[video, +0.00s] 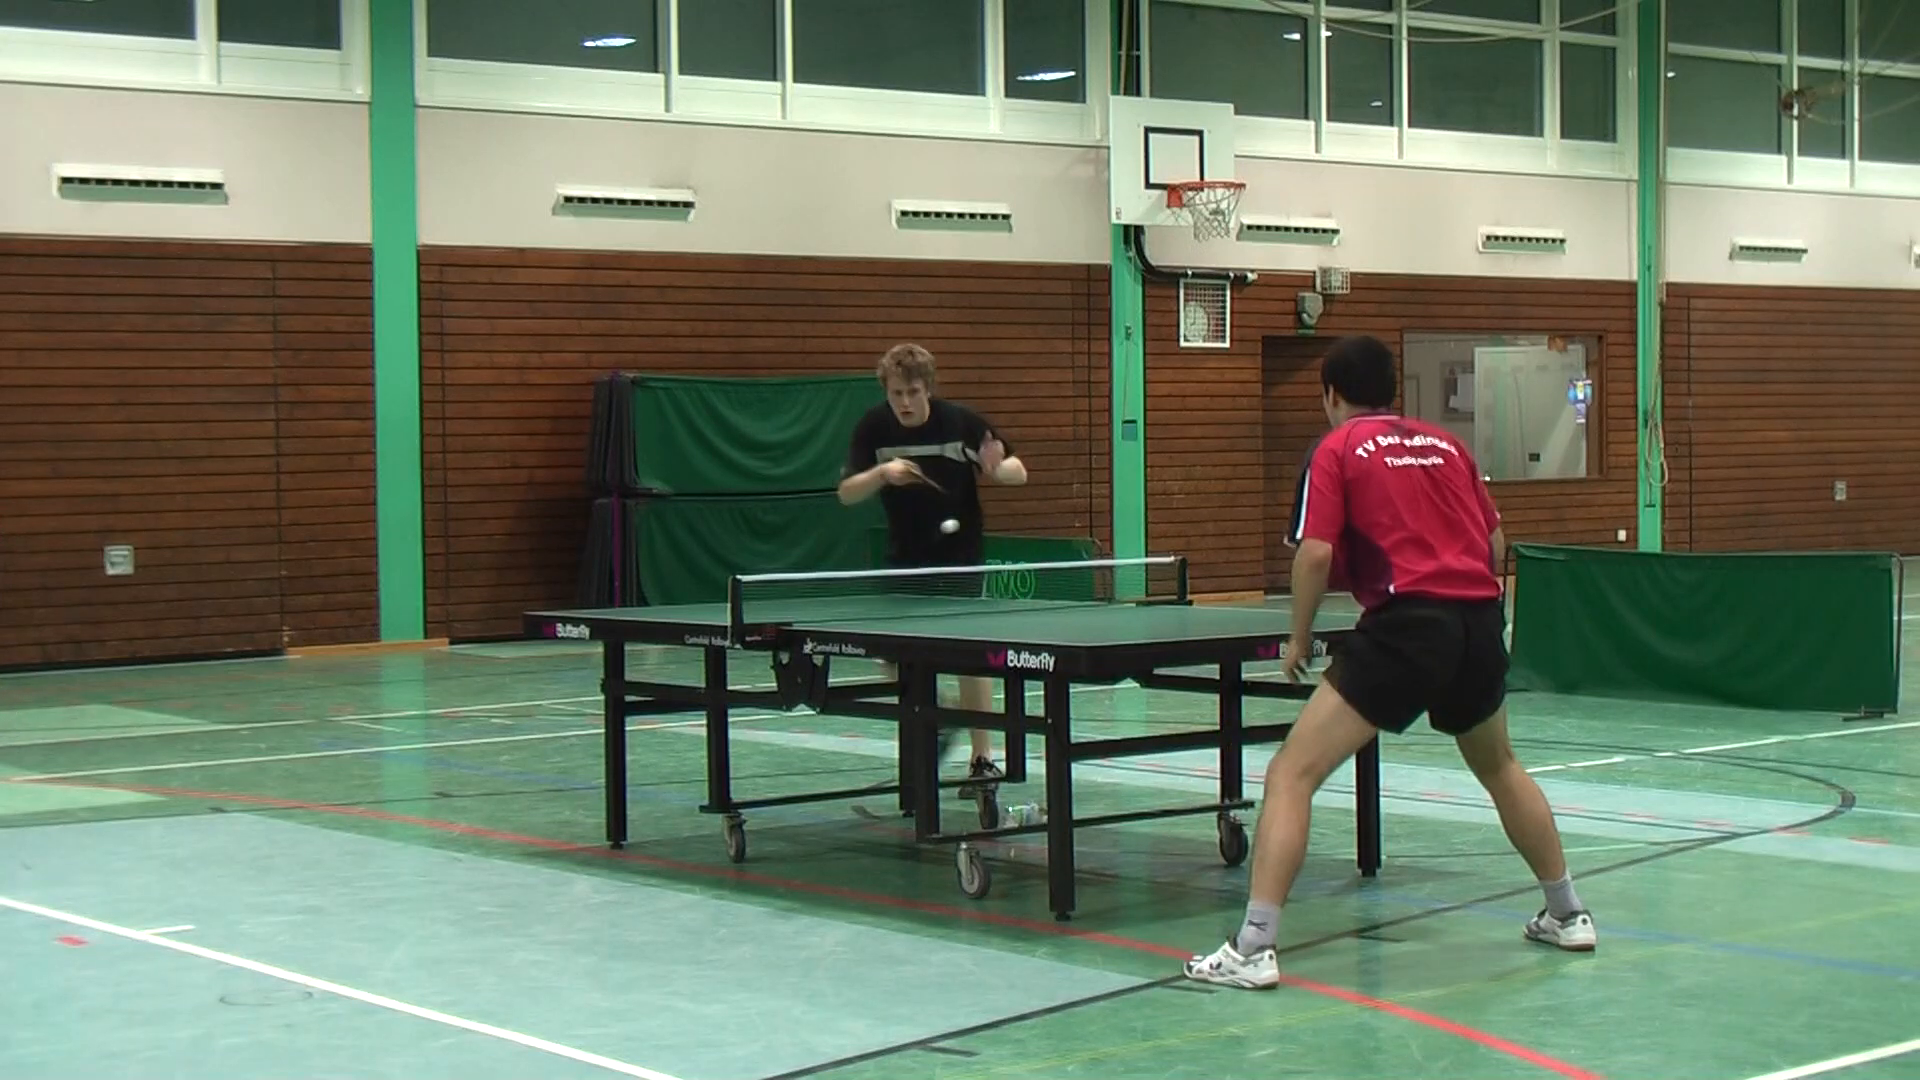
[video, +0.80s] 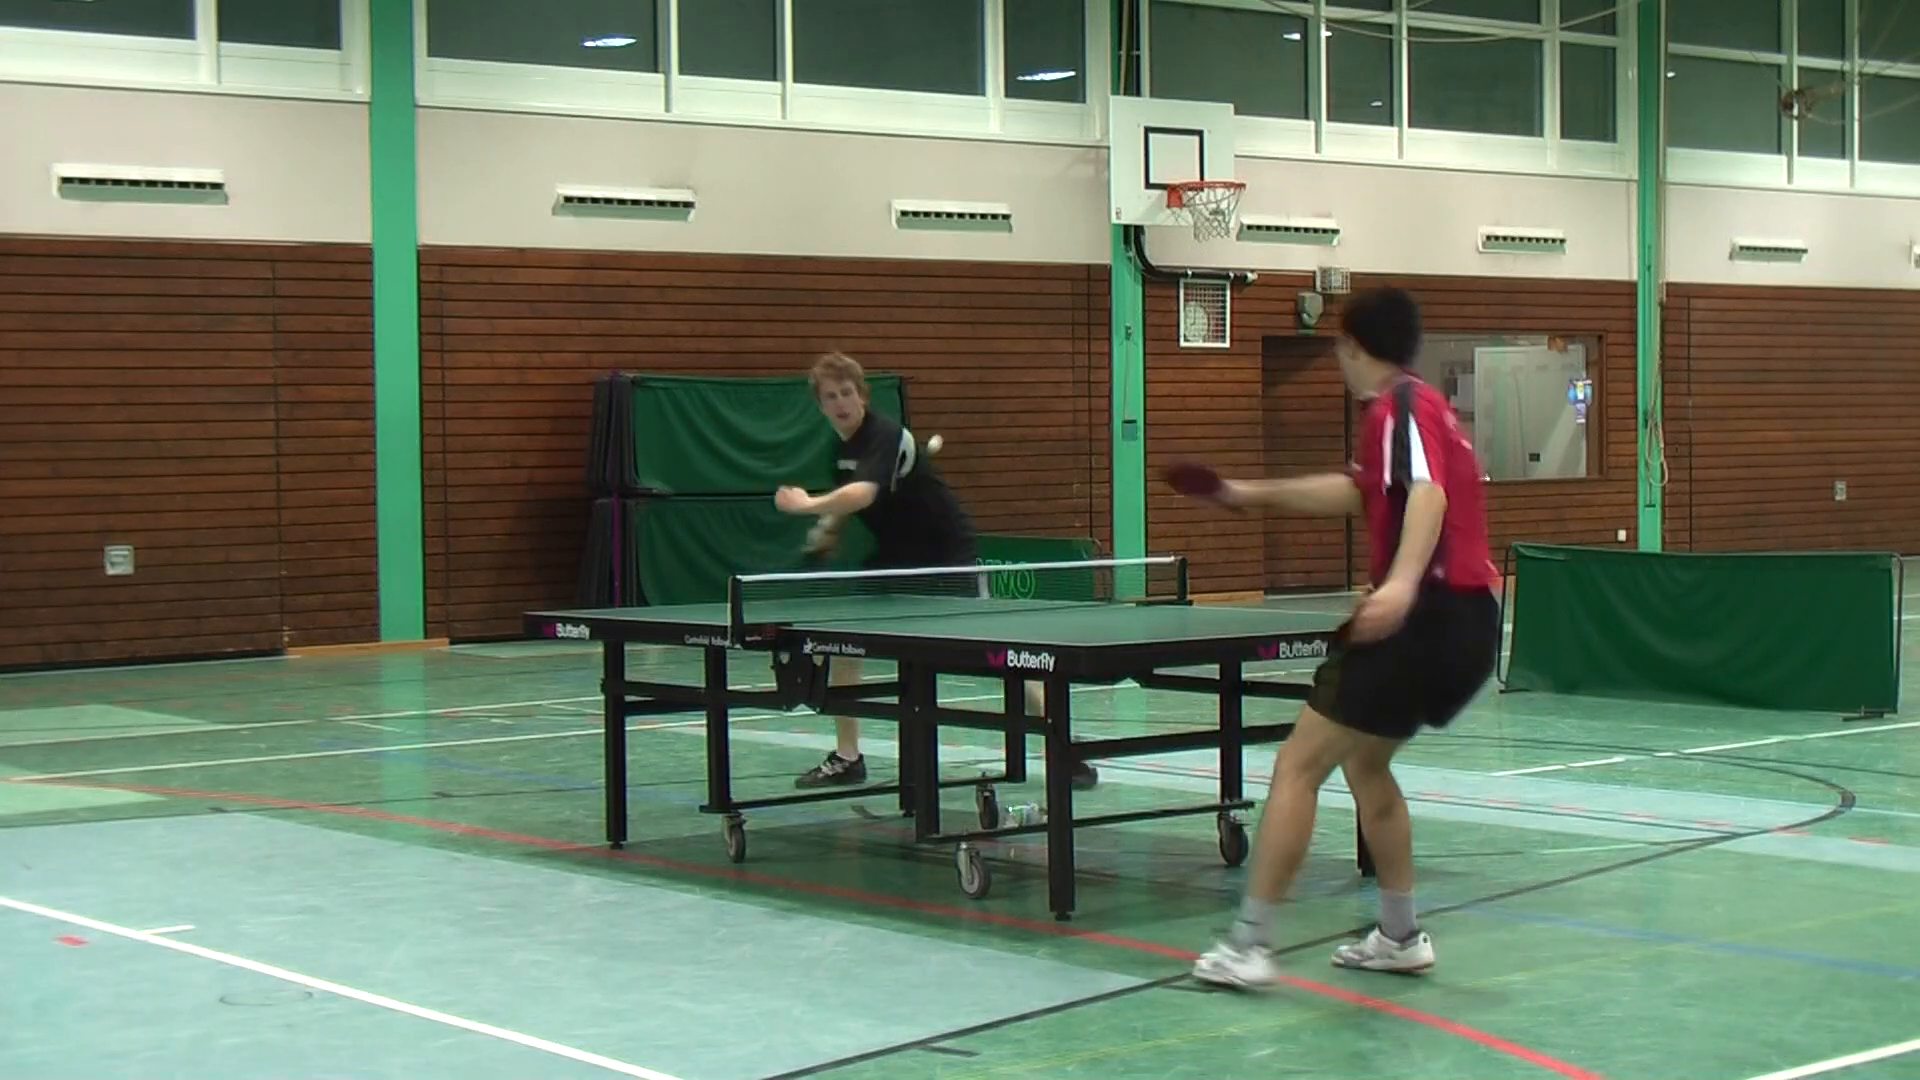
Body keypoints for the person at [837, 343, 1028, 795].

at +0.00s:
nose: (905, 403)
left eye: (913, 393)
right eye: (896, 394)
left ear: (929, 388)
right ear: (886, 391)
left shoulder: (961, 421)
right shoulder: (873, 428)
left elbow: (1019, 473)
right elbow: (846, 494)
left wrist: (997, 468)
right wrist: (881, 473)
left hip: (962, 563)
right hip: (904, 565)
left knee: (972, 657)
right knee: (891, 656)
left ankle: (982, 759)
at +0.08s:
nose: (896, 400)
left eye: (904, 389)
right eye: (886, 391)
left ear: (918, 387)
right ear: (874, 390)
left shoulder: (948, 424)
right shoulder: (860, 428)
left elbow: (1001, 468)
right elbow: (827, 491)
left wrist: (1005, 477)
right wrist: (860, 477)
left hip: (949, 561)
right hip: (888, 562)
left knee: (964, 659)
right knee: (848, 640)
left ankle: (981, 760)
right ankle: (880, 716)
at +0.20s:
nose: (870, 389)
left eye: (877, 380)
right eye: (861, 381)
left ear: (891, 379)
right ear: (847, 382)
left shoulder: (921, 420)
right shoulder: (832, 428)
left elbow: (972, 462)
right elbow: (803, 493)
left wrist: (976, 506)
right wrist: (829, 487)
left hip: (921, 563)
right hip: (856, 563)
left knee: (952, 654)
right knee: (800, 634)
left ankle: (978, 758)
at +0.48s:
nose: (823, 382)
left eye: (830, 374)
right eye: (814, 376)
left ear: (844, 378)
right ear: (801, 383)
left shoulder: (876, 425)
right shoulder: (786, 438)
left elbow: (941, 450)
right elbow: (758, 495)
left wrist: (925, 498)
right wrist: (776, 513)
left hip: (878, 575)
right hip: (809, 578)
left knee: (933, 650)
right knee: (769, 659)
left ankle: (954, 750)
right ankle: (744, 754)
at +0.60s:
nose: (817, 369)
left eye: (824, 360)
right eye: (808, 363)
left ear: (840, 363)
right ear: (797, 371)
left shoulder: (878, 405)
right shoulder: (792, 426)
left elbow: (942, 428)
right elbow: (773, 476)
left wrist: (894, 477)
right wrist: (771, 507)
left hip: (903, 559)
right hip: (834, 563)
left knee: (941, 650)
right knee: (798, 649)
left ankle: (977, 742)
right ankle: (776, 747)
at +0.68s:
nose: (822, 379)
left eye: (829, 369)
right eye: (812, 372)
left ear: (843, 371)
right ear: (800, 380)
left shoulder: (880, 413)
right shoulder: (804, 432)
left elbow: (920, 456)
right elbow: (791, 485)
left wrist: (859, 494)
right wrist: (774, 522)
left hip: (914, 541)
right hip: (858, 546)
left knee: (940, 637)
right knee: (824, 640)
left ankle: (1012, 719)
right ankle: (836, 742)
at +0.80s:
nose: (841, 404)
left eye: (848, 392)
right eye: (831, 397)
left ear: (863, 394)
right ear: (820, 404)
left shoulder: (886, 434)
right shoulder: (841, 445)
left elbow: (863, 492)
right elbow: (847, 494)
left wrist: (808, 503)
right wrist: (830, 526)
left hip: (948, 557)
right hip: (893, 559)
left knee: (994, 651)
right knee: (841, 639)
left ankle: (1064, 747)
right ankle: (847, 755)